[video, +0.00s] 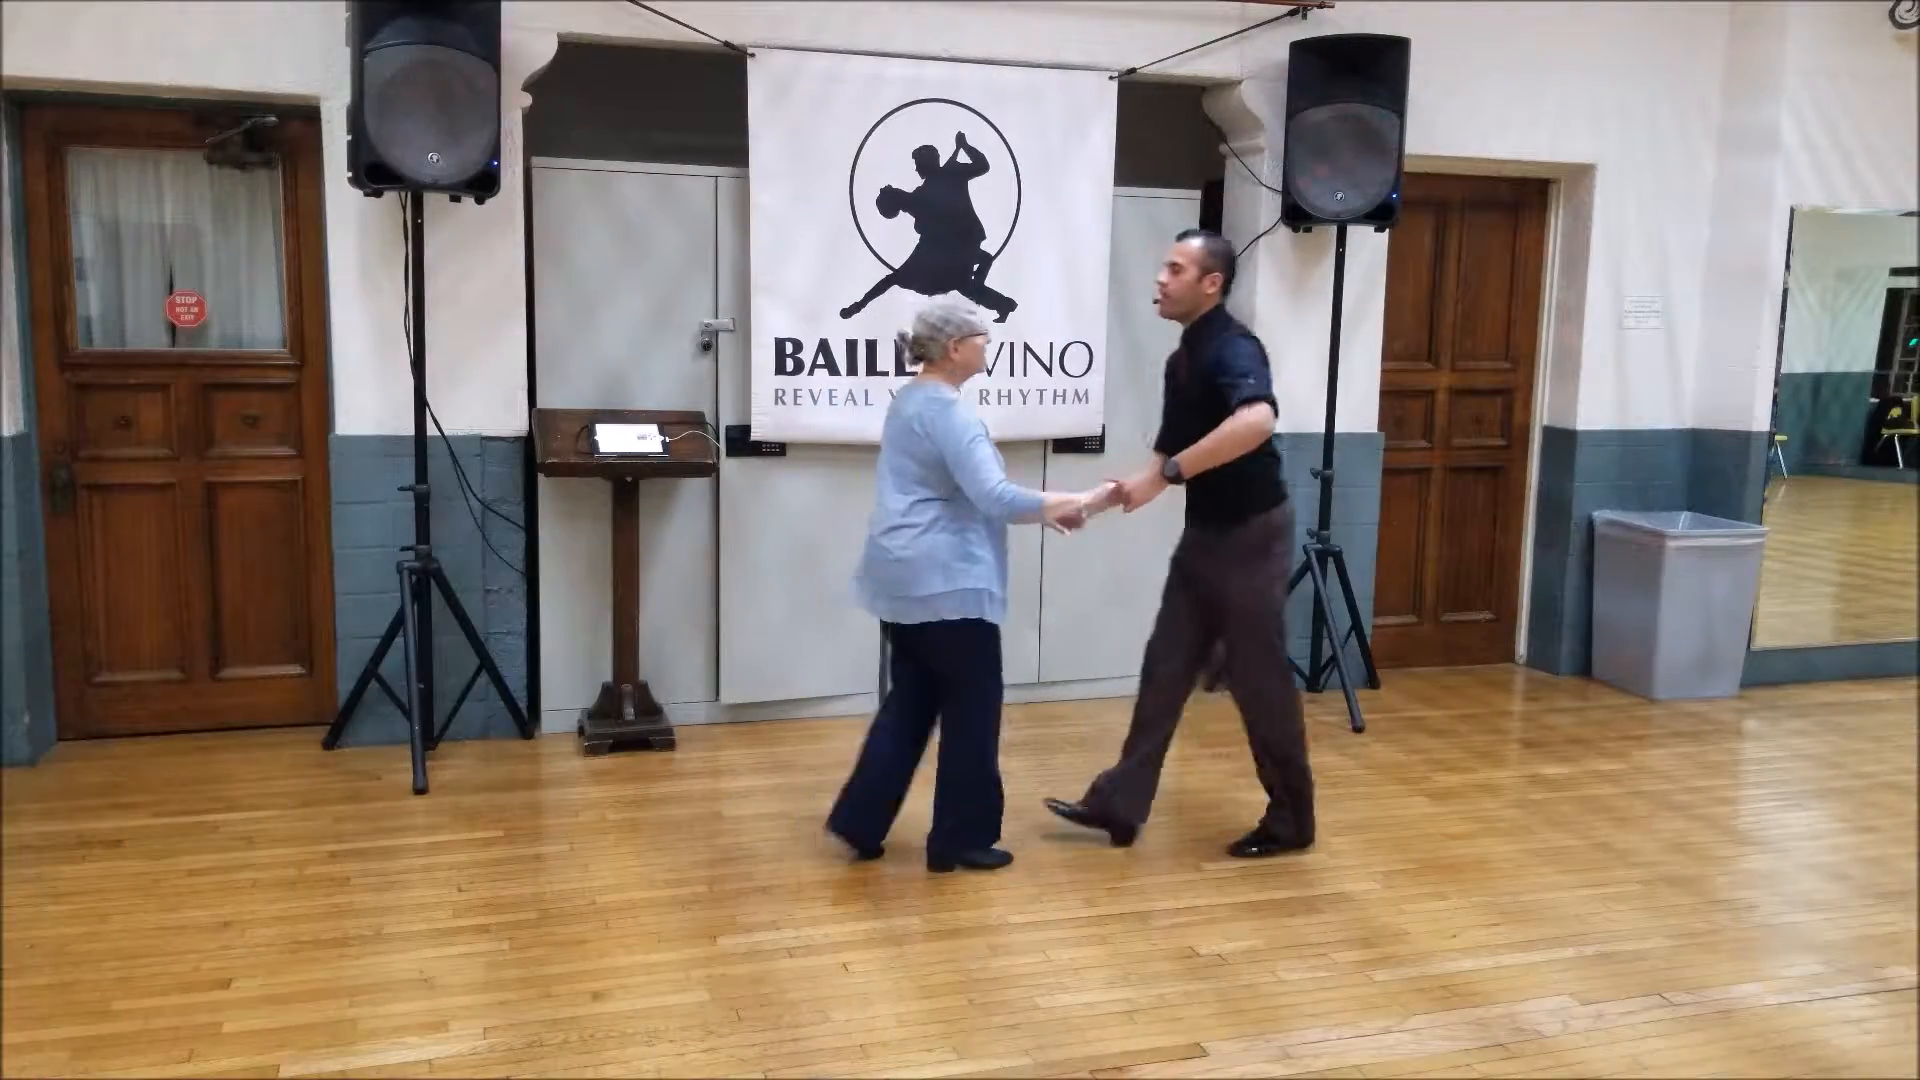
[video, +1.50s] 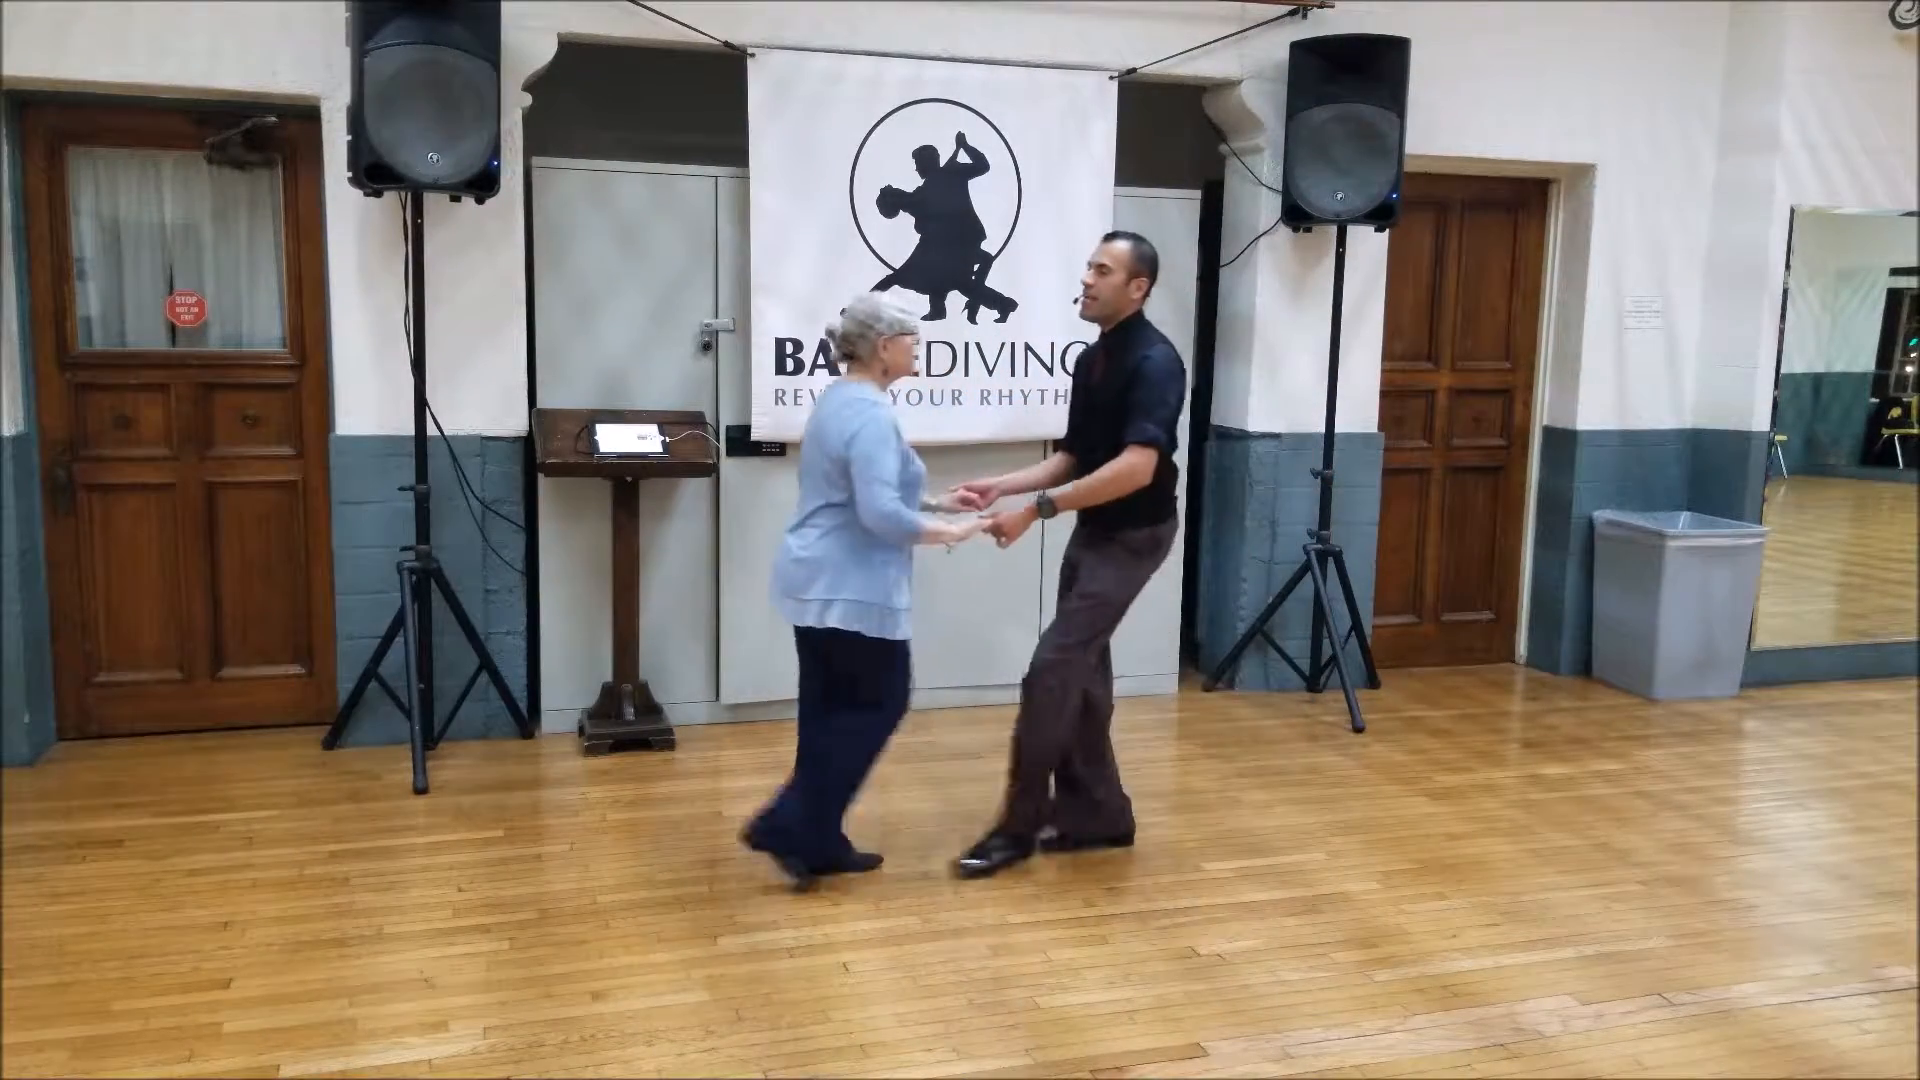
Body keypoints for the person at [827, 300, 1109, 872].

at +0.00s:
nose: (986, 348)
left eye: (983, 339)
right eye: (980, 339)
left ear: (941, 348)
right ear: (955, 347)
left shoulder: (908, 402)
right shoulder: (949, 412)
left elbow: (969, 493)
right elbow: (995, 497)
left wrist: (1042, 511)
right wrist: (1062, 503)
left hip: (900, 577)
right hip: (949, 582)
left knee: (913, 700)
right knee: (975, 710)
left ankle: (858, 820)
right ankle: (961, 841)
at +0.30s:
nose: (1032, 349)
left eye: (1030, 339)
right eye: (1026, 339)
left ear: (989, 346)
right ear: (1001, 345)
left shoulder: (961, 406)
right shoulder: (989, 415)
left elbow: (1024, 473)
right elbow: (1045, 503)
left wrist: (1088, 481)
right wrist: (1110, 515)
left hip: (977, 576)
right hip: (981, 581)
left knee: (1027, 701)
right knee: (987, 707)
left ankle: (1052, 818)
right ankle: (959, 839)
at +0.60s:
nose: (1052, 351)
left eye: (1049, 341)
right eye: (1044, 343)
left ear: (1006, 354)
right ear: (1019, 353)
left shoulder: (993, 416)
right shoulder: (1005, 423)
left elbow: (1051, 503)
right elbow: (1064, 516)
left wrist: (1108, 508)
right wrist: (1140, 530)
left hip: (1012, 583)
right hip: (1015, 588)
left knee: (1050, 698)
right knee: (1050, 698)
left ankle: (1053, 825)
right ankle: (980, 830)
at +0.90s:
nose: (1030, 349)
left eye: (1028, 339)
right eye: (1023, 340)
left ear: (982, 348)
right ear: (997, 347)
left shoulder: (948, 408)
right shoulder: (999, 416)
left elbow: (1006, 488)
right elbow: (1058, 504)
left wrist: (1069, 483)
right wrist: (1097, 490)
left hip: (960, 584)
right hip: (997, 592)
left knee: (1009, 714)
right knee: (1012, 721)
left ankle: (1011, 824)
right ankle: (982, 850)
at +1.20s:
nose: (973, 350)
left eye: (970, 339)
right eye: (966, 341)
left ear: (923, 348)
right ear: (941, 348)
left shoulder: (888, 403)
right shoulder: (942, 415)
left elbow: (939, 471)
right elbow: (992, 511)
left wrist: (1001, 452)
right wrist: (1036, 492)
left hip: (884, 579)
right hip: (939, 584)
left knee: (884, 702)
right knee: (963, 717)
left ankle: (825, 830)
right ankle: (971, 851)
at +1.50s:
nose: (917, 350)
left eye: (915, 340)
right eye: (910, 341)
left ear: (869, 347)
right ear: (882, 346)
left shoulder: (835, 403)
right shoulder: (870, 415)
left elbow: (884, 496)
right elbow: (877, 512)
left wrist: (945, 500)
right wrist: (945, 531)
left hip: (815, 582)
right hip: (854, 589)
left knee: (827, 704)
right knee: (883, 702)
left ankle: (820, 837)